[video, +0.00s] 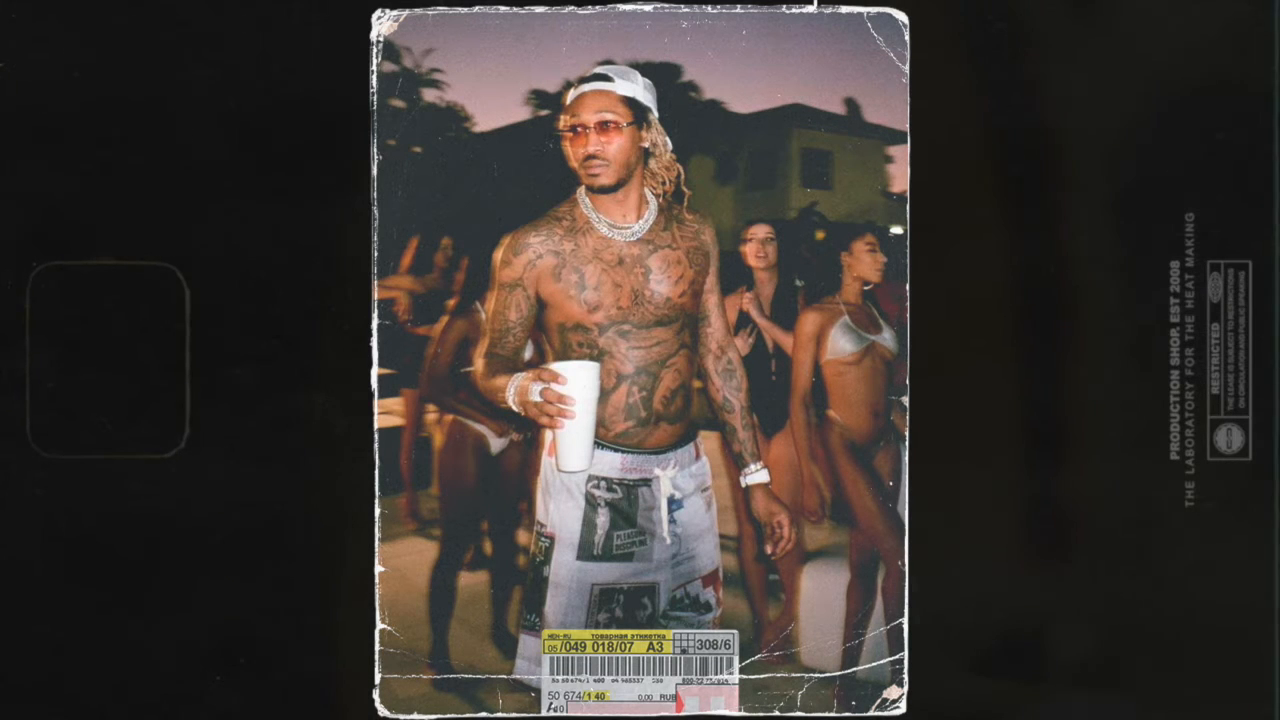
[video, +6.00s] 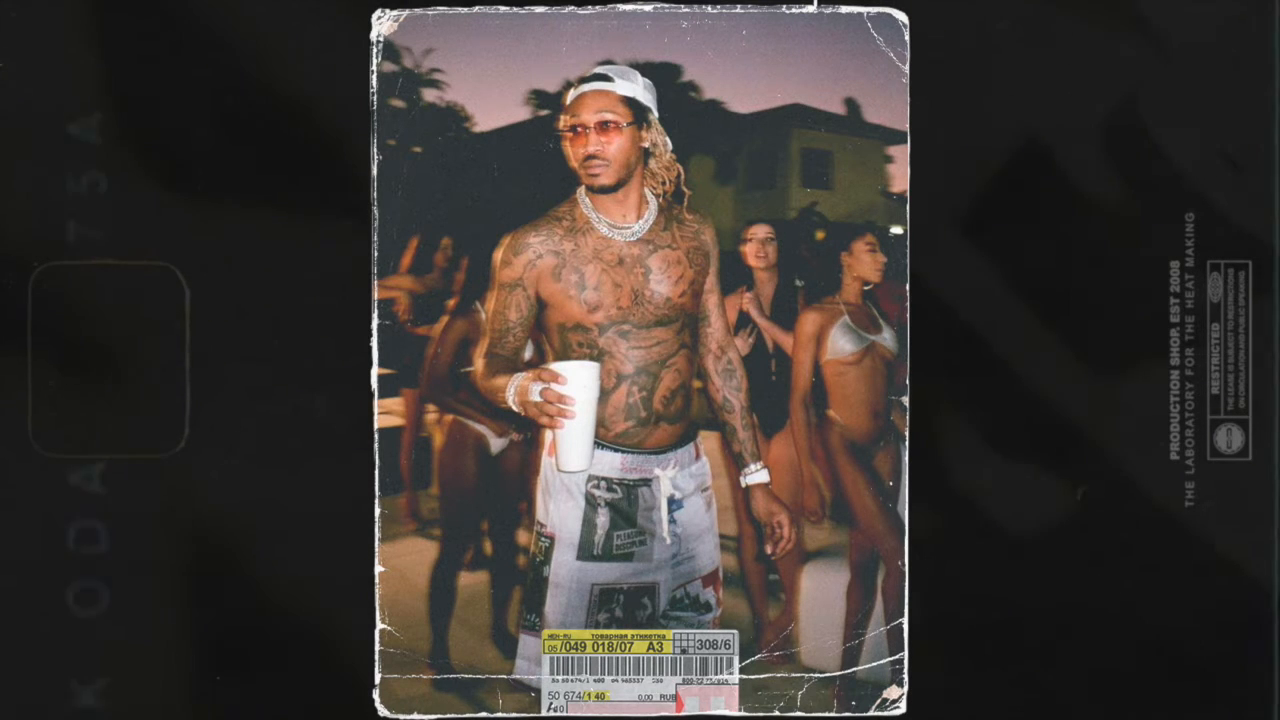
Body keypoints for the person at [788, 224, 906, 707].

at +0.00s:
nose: (882, 259)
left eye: (882, 251)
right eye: (871, 251)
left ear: (873, 262)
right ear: (843, 259)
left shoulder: (878, 316)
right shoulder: (818, 317)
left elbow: (887, 390)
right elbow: (799, 403)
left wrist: (901, 428)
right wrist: (813, 478)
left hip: (882, 447)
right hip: (838, 448)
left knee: (863, 563)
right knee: (898, 552)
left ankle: (846, 673)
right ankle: (902, 671)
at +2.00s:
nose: (882, 259)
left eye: (881, 251)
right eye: (871, 251)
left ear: (870, 261)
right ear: (844, 259)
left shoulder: (877, 315)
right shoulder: (818, 317)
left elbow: (885, 392)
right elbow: (798, 403)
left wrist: (903, 437)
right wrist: (813, 477)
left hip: (881, 448)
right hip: (838, 449)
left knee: (864, 563)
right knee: (898, 553)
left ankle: (846, 674)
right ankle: (902, 670)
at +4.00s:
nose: (882, 259)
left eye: (881, 251)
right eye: (872, 251)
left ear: (869, 262)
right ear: (844, 259)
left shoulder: (876, 315)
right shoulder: (817, 317)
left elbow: (885, 392)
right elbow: (798, 403)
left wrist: (901, 441)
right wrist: (814, 479)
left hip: (881, 448)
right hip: (838, 449)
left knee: (863, 564)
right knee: (898, 552)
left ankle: (847, 673)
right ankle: (903, 670)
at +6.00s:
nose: (882, 259)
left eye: (881, 251)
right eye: (871, 251)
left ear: (871, 262)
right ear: (844, 259)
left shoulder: (877, 316)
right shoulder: (818, 317)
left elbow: (886, 391)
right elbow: (798, 402)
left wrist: (901, 435)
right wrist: (812, 476)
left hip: (882, 447)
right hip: (839, 449)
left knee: (863, 563)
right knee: (898, 551)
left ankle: (846, 674)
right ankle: (902, 669)